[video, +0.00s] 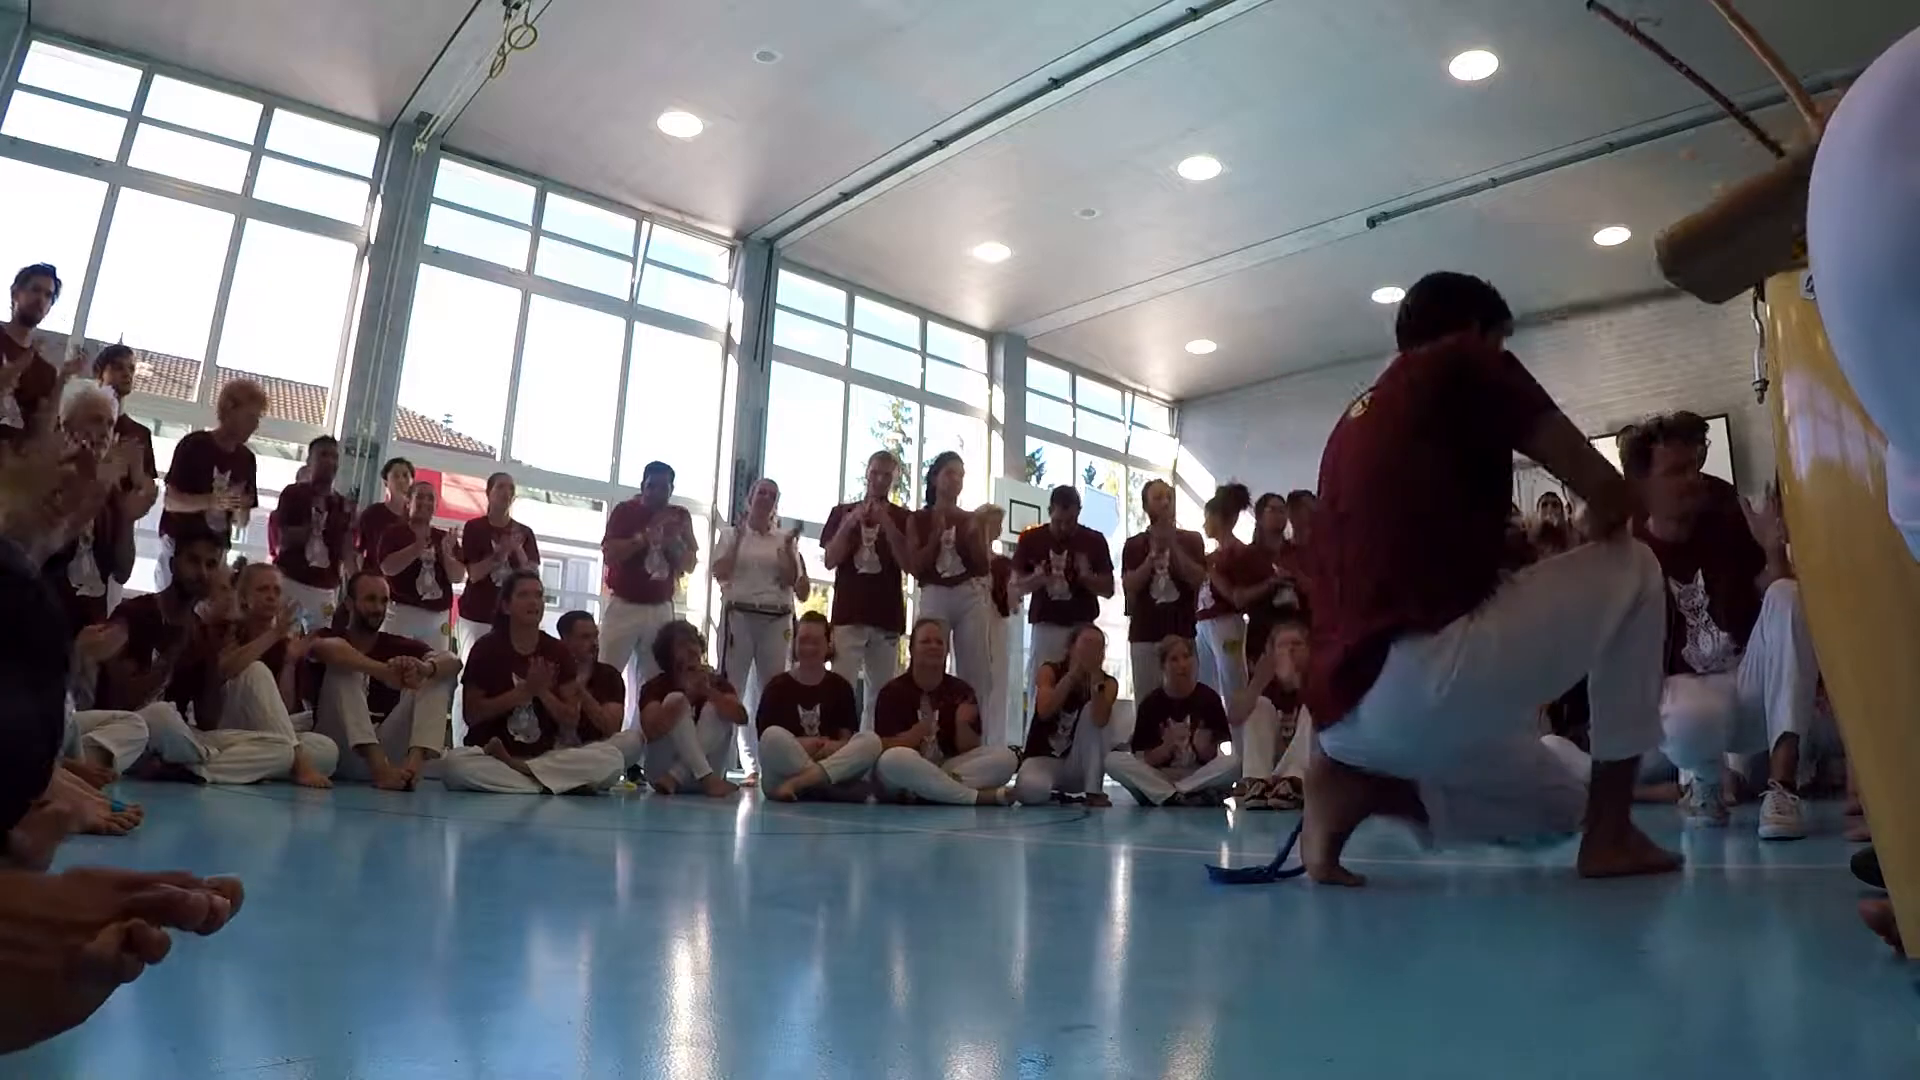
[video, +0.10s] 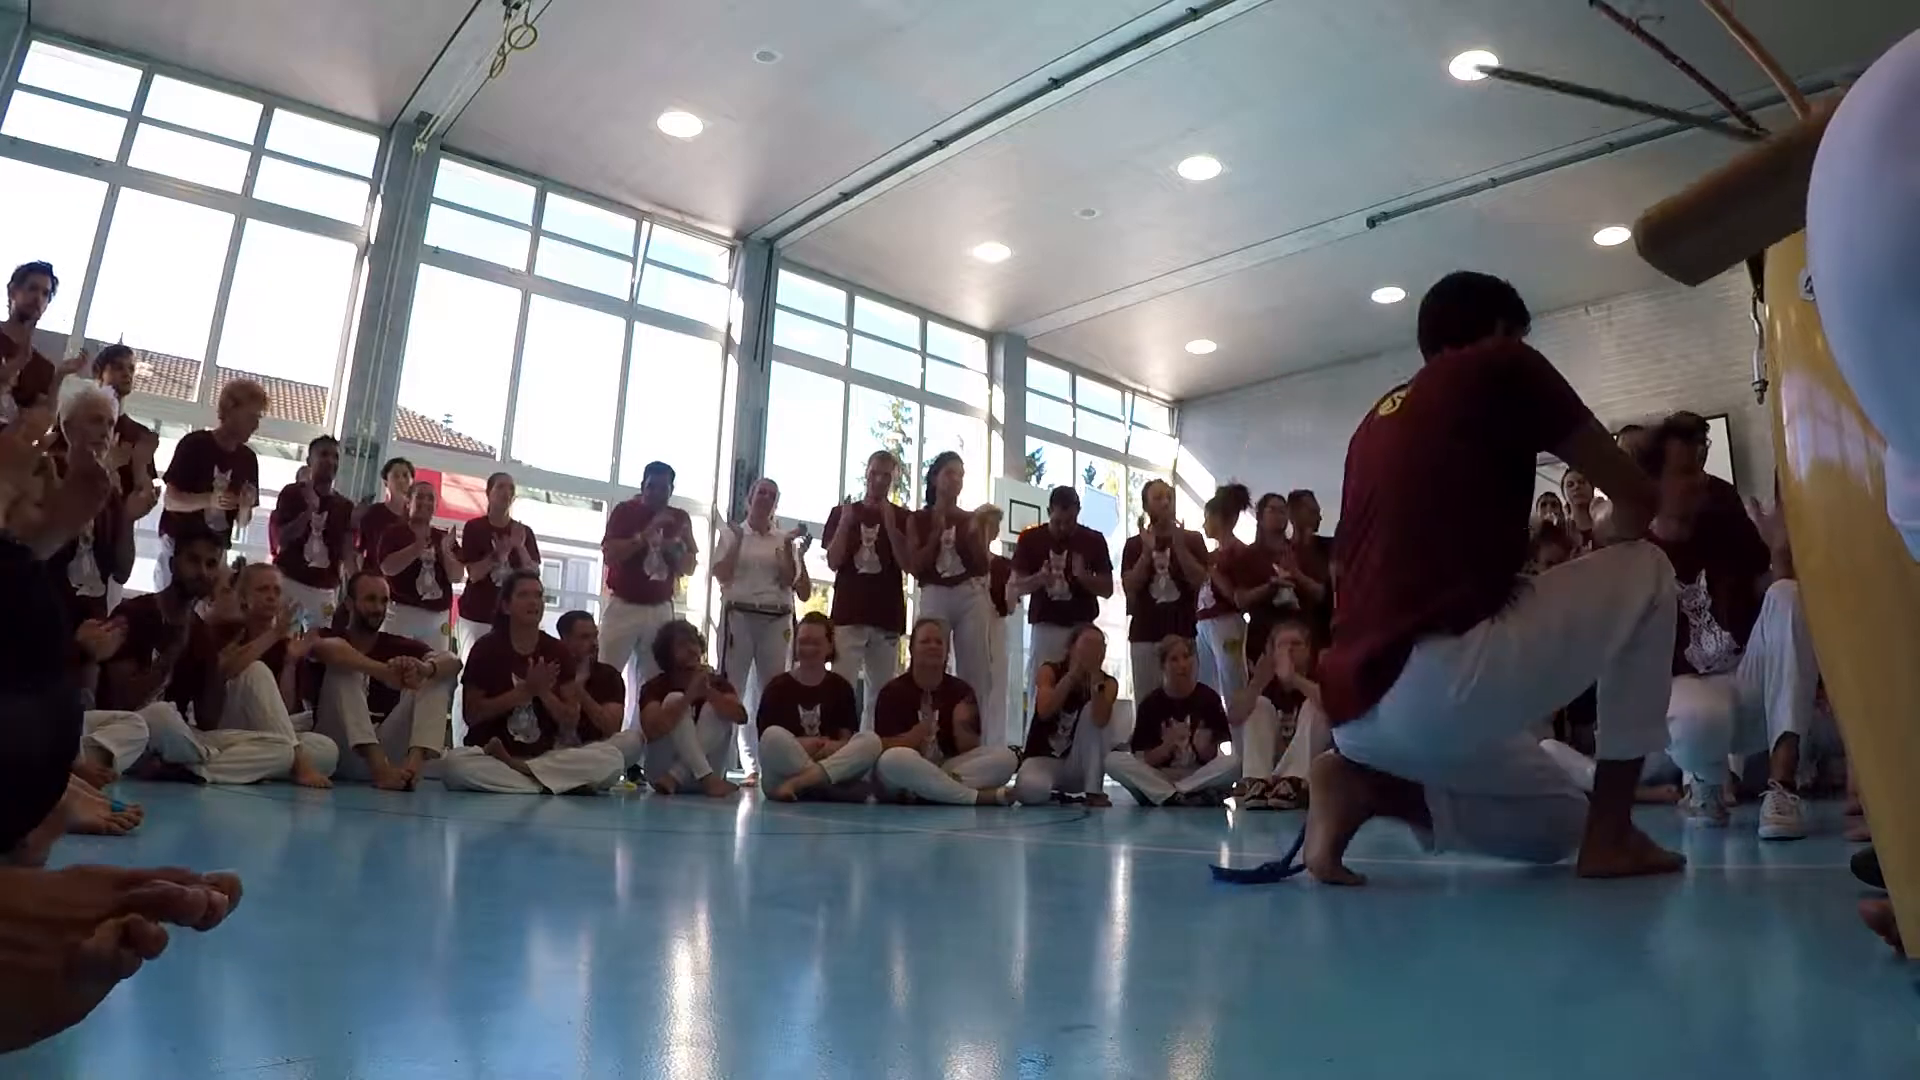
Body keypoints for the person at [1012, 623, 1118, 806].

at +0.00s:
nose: (1091, 650)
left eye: (1097, 645)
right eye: (1086, 643)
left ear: (1102, 652)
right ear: (1071, 647)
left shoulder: (1107, 683)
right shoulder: (1050, 671)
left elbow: (1100, 719)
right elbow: (1044, 710)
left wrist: (1095, 677)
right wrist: (1072, 676)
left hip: (1078, 762)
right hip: (1042, 760)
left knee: (1092, 710)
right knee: (1032, 793)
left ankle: (1094, 791)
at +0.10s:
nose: (1093, 651)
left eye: (1099, 645)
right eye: (1087, 643)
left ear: (1103, 652)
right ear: (1072, 648)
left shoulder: (1107, 683)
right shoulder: (1050, 671)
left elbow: (1100, 719)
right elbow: (1044, 710)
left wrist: (1095, 680)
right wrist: (1071, 677)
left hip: (1079, 763)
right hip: (1042, 760)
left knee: (1092, 710)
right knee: (1032, 793)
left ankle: (1094, 790)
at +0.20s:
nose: (1090, 650)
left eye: (1096, 645)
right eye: (1086, 643)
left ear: (1102, 651)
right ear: (1072, 647)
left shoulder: (1107, 683)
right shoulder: (1050, 670)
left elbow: (1099, 719)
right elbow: (1044, 709)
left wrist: (1094, 671)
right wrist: (1074, 674)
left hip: (1080, 763)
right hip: (1043, 761)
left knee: (1094, 710)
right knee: (1030, 793)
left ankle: (1094, 790)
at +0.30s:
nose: (1089, 649)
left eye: (1096, 644)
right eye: (1085, 642)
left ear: (1103, 651)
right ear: (1072, 647)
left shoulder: (1107, 683)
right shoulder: (1049, 670)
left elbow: (1100, 720)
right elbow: (1044, 709)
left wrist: (1098, 671)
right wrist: (1073, 672)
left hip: (1080, 763)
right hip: (1043, 761)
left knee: (1094, 710)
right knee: (1031, 792)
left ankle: (1094, 790)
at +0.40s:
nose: (1089, 649)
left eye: (1096, 644)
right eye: (1085, 642)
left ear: (1103, 651)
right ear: (1072, 647)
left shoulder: (1107, 683)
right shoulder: (1050, 671)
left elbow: (1100, 720)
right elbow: (1044, 709)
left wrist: (1098, 671)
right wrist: (1073, 671)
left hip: (1081, 763)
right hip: (1043, 761)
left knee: (1093, 710)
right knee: (1031, 792)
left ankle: (1093, 790)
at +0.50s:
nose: (1089, 653)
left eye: (1096, 647)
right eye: (1085, 646)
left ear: (1102, 653)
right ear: (1072, 648)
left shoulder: (1107, 683)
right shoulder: (1050, 670)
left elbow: (1099, 719)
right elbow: (1044, 709)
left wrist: (1094, 670)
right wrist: (1075, 674)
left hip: (1080, 762)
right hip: (1043, 760)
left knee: (1094, 711)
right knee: (1031, 792)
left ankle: (1094, 790)